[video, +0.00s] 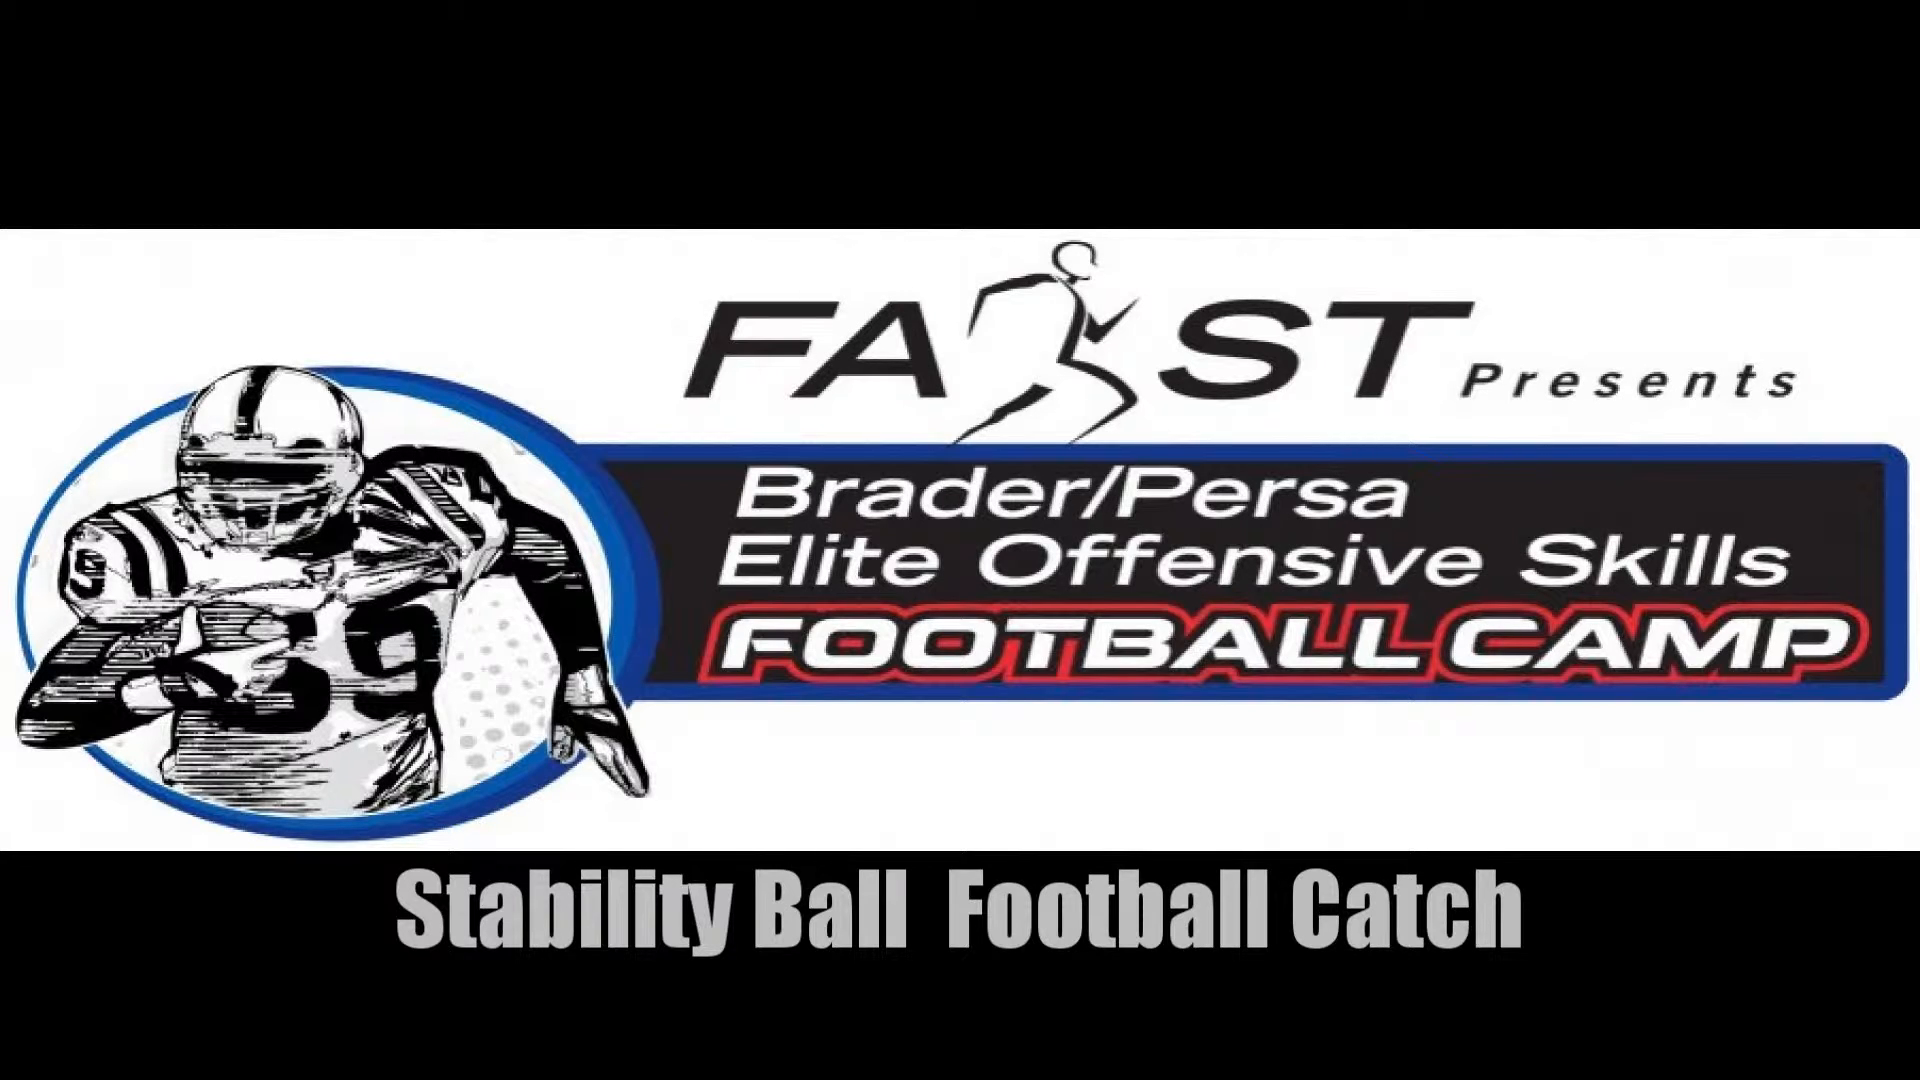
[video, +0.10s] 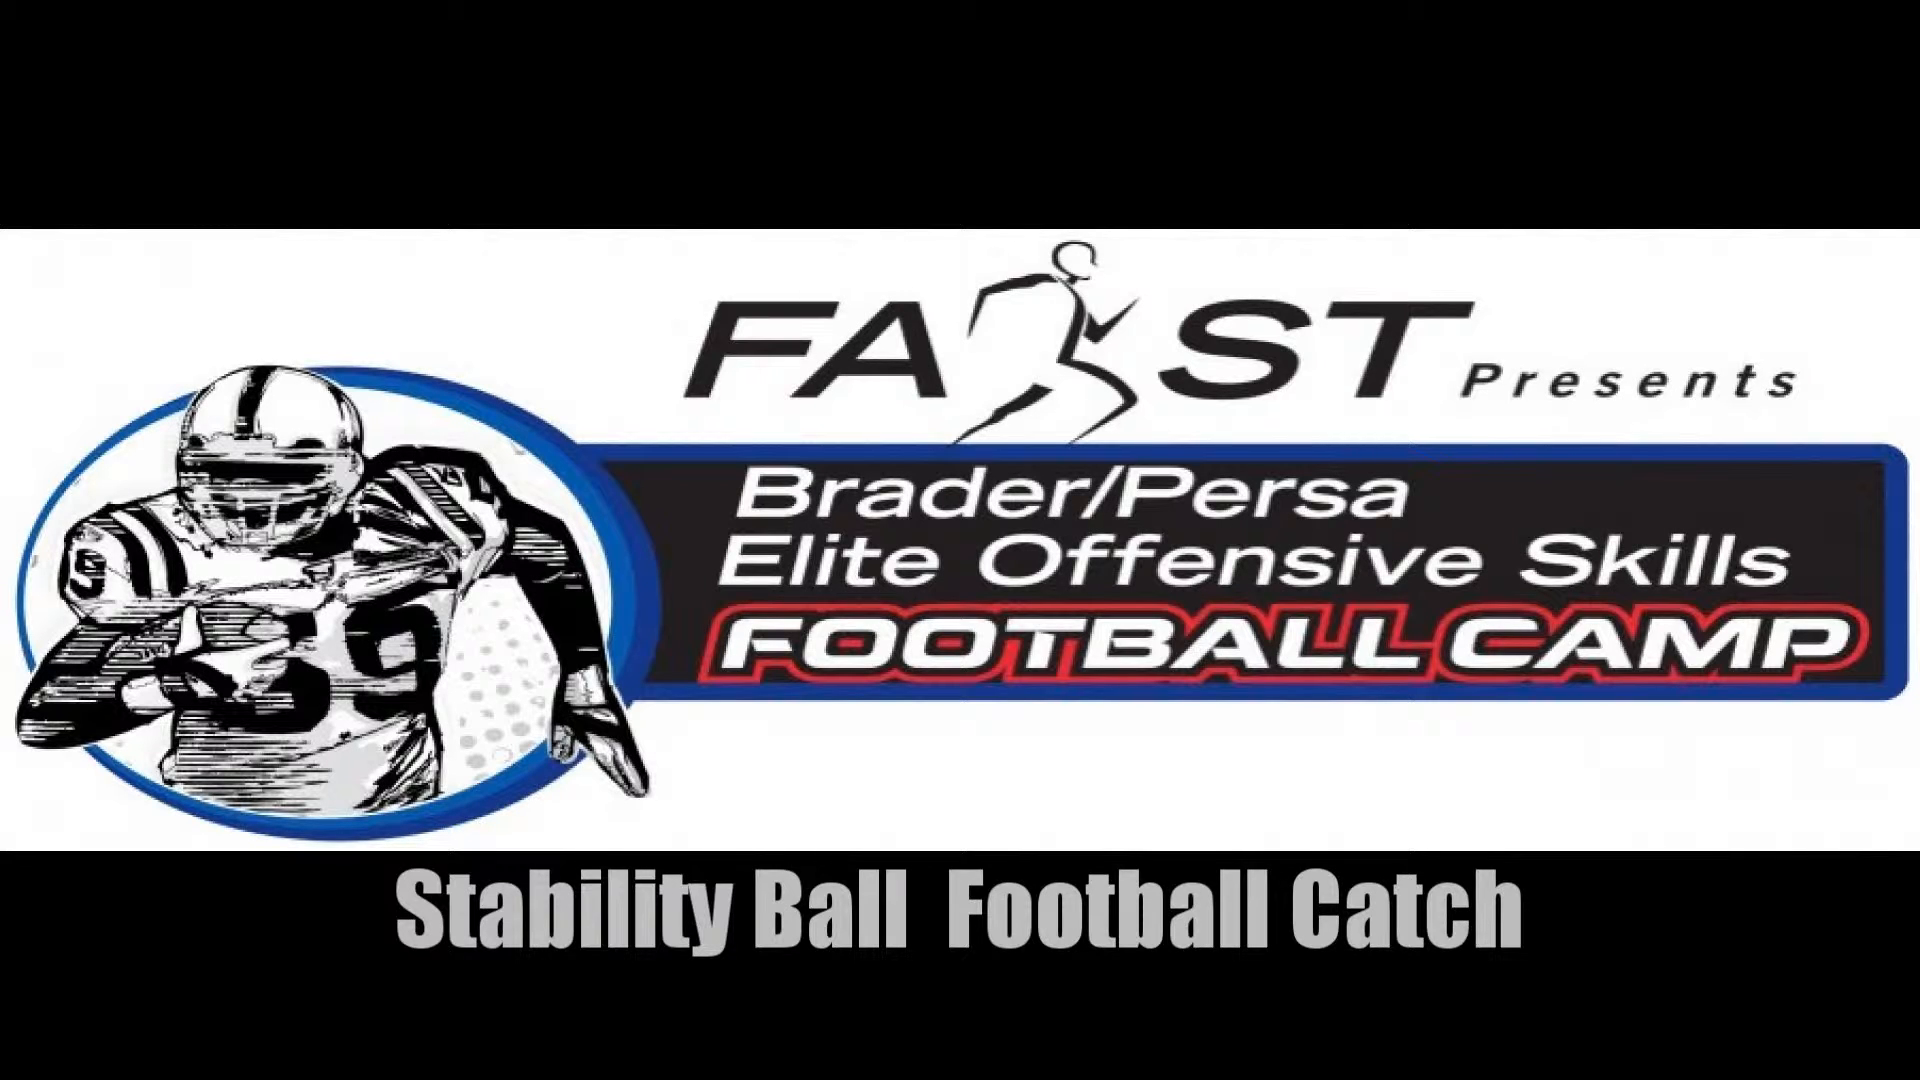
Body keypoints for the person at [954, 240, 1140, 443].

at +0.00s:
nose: (1088, 268)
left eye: (1089, 262)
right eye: (1082, 260)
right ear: (1069, 263)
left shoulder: (1077, 301)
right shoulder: (1045, 281)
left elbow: (1096, 335)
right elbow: (986, 292)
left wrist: (1127, 309)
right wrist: (970, 331)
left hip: (1053, 366)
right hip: (1059, 365)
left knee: (1002, 412)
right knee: (1128, 398)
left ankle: (956, 442)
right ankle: (1074, 441)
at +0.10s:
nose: (1088, 268)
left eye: (1089, 262)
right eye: (1083, 260)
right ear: (1069, 263)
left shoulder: (1077, 301)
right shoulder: (1045, 281)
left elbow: (1096, 335)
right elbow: (986, 292)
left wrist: (1127, 309)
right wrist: (970, 332)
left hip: (1053, 366)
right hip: (1059, 365)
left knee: (1002, 412)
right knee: (1128, 398)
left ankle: (956, 442)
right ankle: (1074, 441)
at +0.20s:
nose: (1088, 268)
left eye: (1089, 262)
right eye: (1082, 260)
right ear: (1069, 263)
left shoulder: (1077, 301)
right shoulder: (1045, 281)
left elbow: (1096, 335)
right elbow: (986, 292)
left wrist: (1127, 309)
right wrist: (970, 331)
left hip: (1053, 366)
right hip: (1059, 365)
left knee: (1002, 412)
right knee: (1128, 398)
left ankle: (956, 442)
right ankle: (1074, 441)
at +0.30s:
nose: (1088, 268)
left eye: (1089, 262)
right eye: (1082, 260)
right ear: (1069, 263)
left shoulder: (1077, 301)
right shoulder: (1045, 281)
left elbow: (1096, 335)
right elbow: (986, 292)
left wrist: (1127, 309)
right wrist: (970, 331)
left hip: (1053, 366)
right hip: (1059, 365)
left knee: (1002, 412)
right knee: (1128, 398)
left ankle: (956, 442)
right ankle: (1074, 441)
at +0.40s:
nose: (1088, 268)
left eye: (1089, 262)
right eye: (1082, 260)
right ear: (1069, 263)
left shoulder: (1077, 301)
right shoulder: (1045, 281)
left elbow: (1096, 335)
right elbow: (986, 292)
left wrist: (1127, 309)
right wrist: (970, 331)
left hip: (1053, 366)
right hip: (1059, 365)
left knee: (1002, 412)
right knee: (1128, 398)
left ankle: (956, 442)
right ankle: (1074, 441)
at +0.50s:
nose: (1088, 268)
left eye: (1089, 262)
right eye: (1082, 260)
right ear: (1069, 263)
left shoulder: (1077, 301)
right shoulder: (1045, 281)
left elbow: (1096, 335)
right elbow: (986, 292)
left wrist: (1127, 309)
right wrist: (970, 331)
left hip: (1053, 366)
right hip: (1059, 365)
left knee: (1002, 412)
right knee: (1128, 398)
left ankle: (956, 442)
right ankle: (1074, 441)